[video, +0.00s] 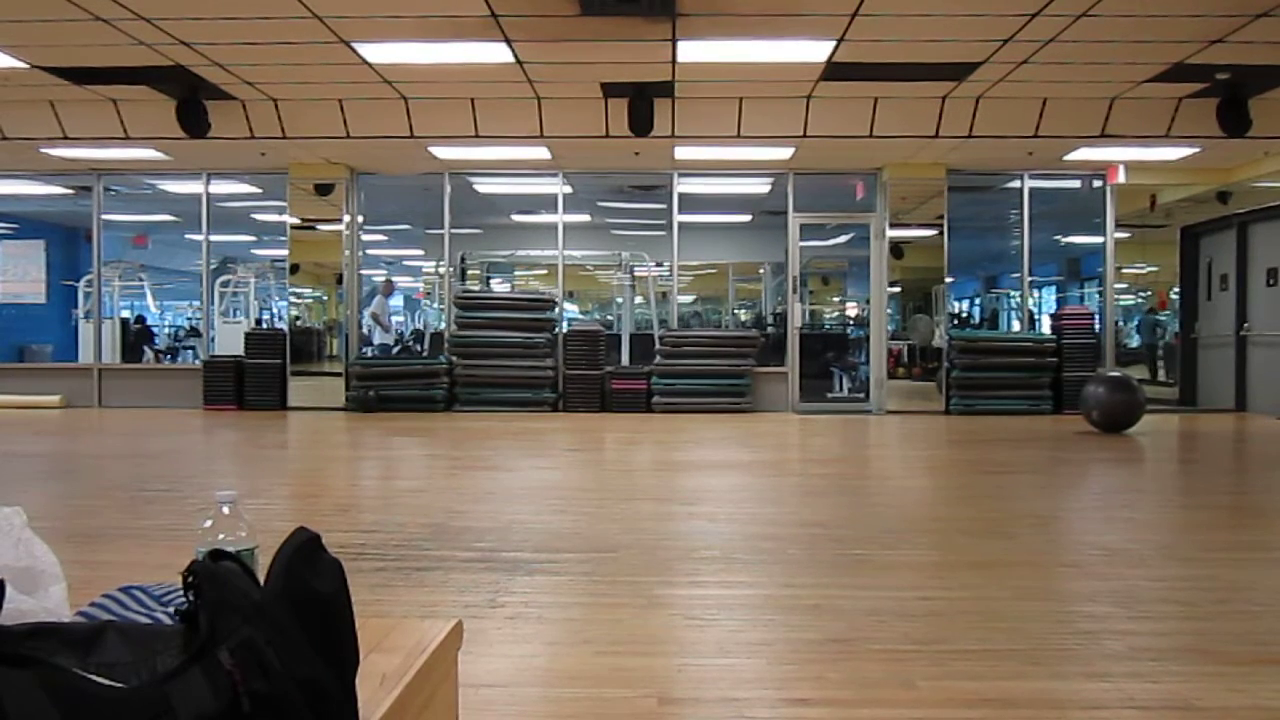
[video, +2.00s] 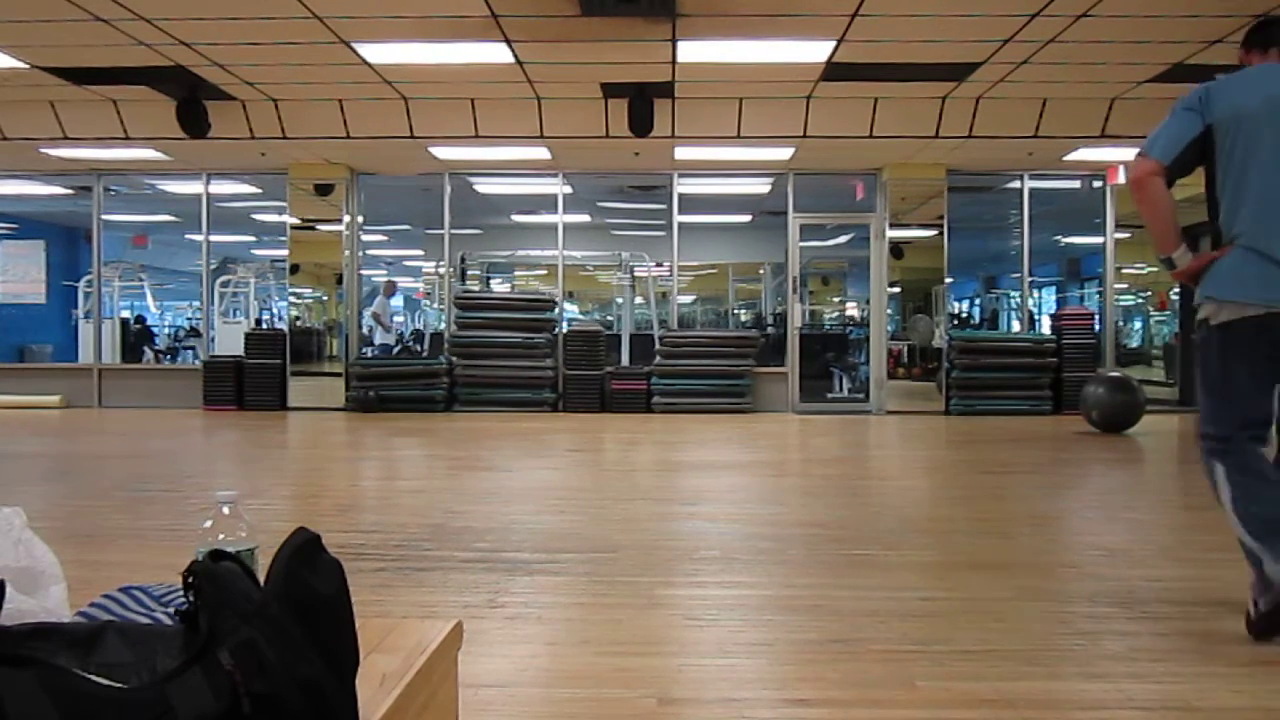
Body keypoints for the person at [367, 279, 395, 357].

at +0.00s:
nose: (392, 291)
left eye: (392, 289)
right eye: (390, 288)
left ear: (392, 289)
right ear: (384, 288)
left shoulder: (385, 301)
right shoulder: (380, 299)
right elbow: (373, 313)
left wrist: (388, 325)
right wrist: (384, 326)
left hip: (386, 338)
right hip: (381, 338)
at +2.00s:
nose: (395, 291)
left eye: (395, 288)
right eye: (393, 288)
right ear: (387, 288)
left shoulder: (387, 301)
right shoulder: (381, 299)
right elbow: (375, 314)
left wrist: (389, 325)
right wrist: (385, 326)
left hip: (388, 338)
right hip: (383, 338)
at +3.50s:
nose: (387, 288)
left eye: (386, 285)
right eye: (385, 285)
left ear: (385, 286)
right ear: (379, 286)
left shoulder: (383, 300)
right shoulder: (375, 299)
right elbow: (371, 316)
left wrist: (388, 323)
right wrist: (385, 324)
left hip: (386, 338)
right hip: (380, 338)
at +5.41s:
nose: (385, 289)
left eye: (385, 286)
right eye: (383, 286)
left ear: (385, 287)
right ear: (377, 287)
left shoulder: (381, 300)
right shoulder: (373, 299)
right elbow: (366, 314)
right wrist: (380, 322)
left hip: (384, 337)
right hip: (377, 337)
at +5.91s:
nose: (385, 288)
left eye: (385, 286)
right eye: (383, 286)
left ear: (385, 287)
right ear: (377, 287)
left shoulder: (381, 301)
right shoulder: (372, 299)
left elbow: (383, 316)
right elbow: (365, 314)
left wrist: (387, 324)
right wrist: (378, 324)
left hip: (384, 337)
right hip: (376, 338)